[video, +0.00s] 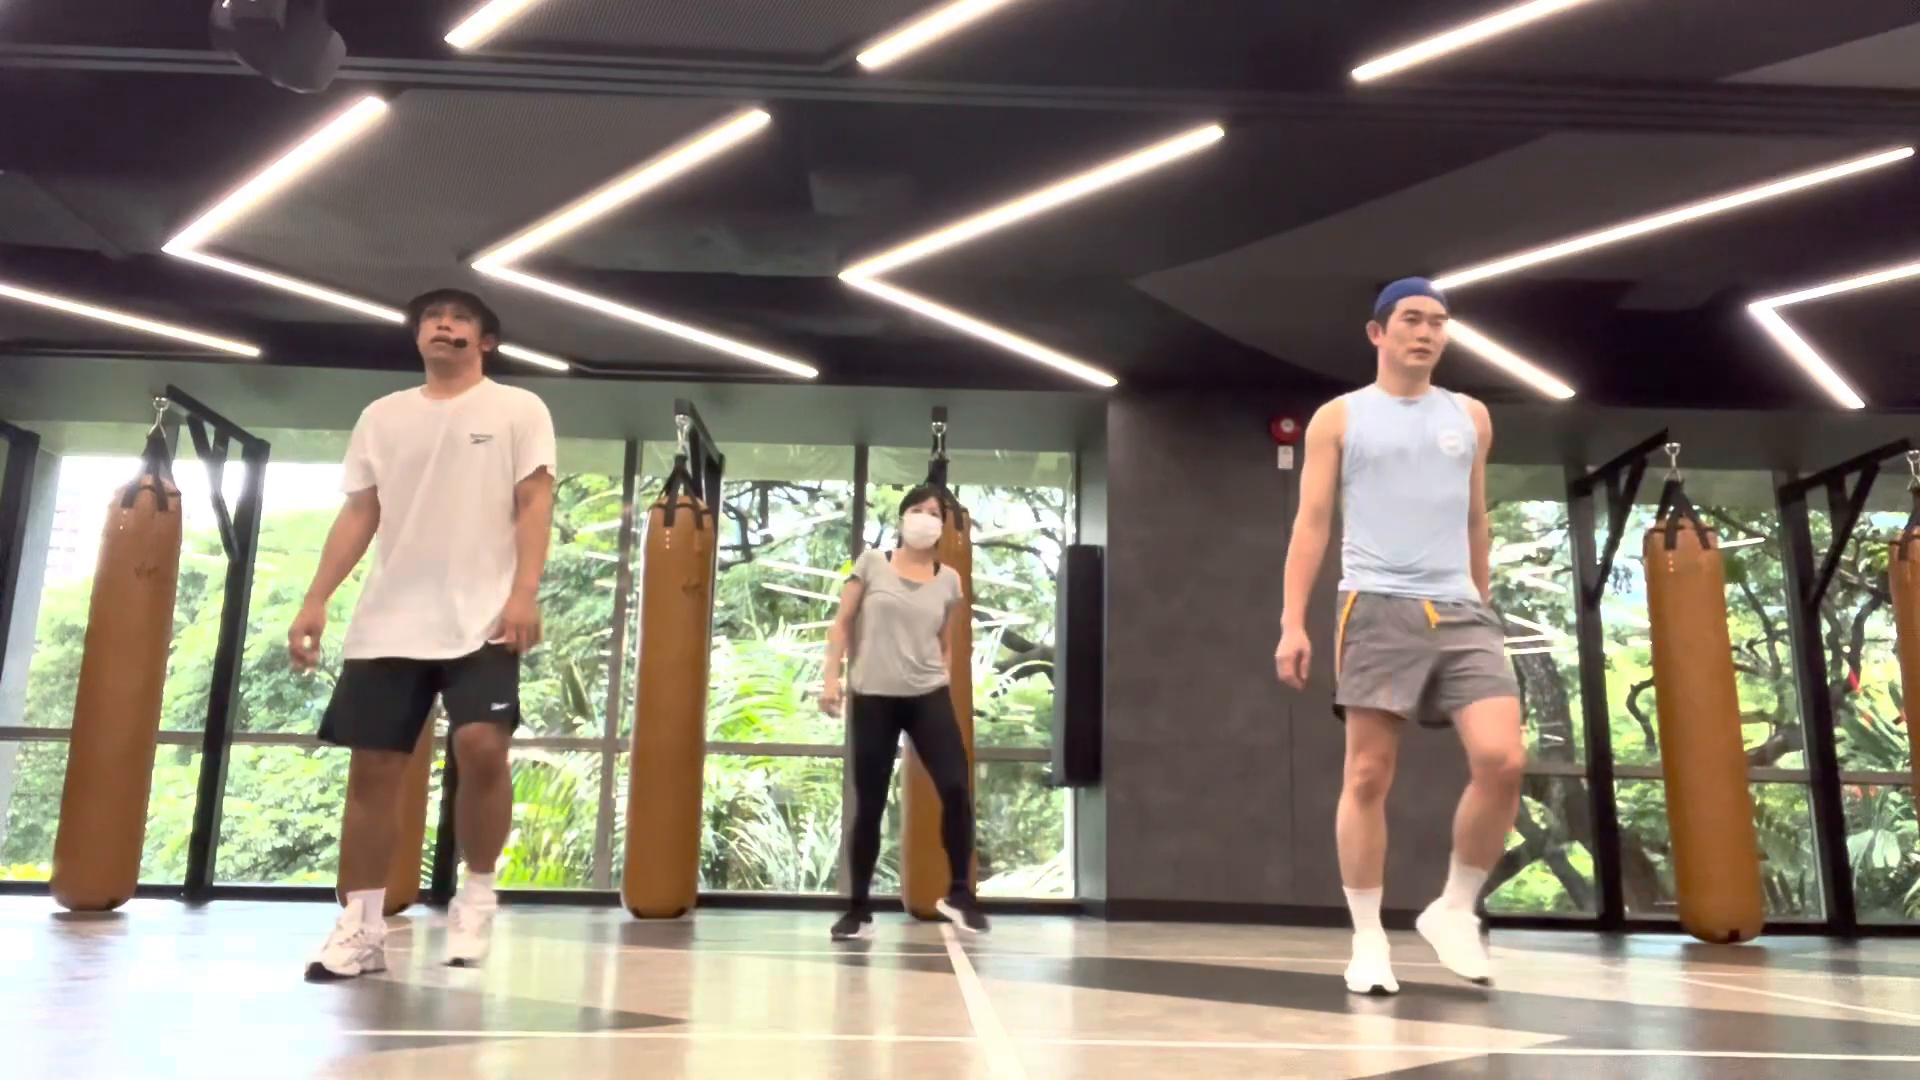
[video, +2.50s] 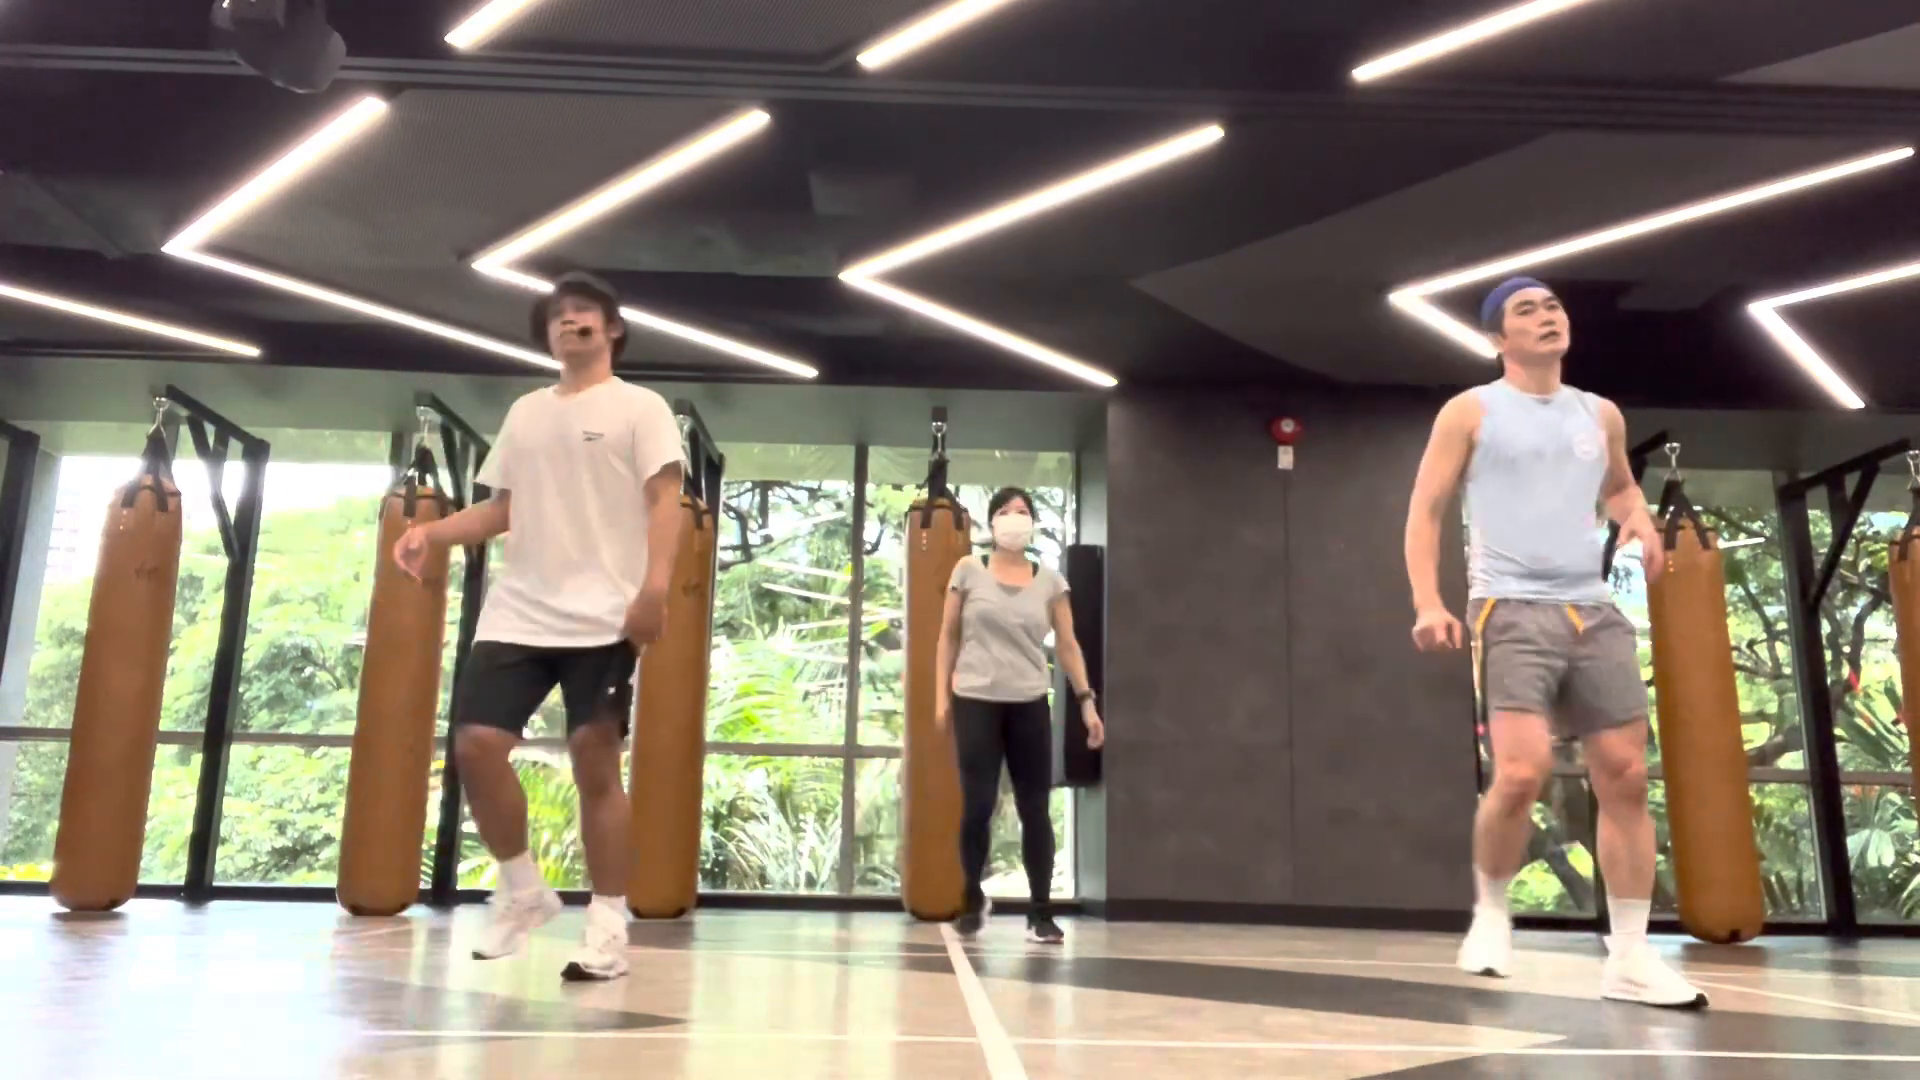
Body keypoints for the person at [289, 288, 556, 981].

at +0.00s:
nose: (447, 327)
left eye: (463, 319)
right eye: (435, 318)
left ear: (487, 342)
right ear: (416, 337)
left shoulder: (520, 410)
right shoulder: (381, 416)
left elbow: (534, 502)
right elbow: (357, 515)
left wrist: (525, 592)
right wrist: (316, 600)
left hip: (483, 618)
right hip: (392, 618)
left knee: (484, 750)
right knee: (372, 768)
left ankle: (475, 900)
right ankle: (359, 927)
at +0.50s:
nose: (561, 327)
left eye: (575, 318)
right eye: (548, 317)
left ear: (596, 341)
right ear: (528, 338)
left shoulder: (628, 414)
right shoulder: (498, 420)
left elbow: (653, 512)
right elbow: (488, 513)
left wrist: (645, 602)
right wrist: (430, 510)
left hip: (585, 620)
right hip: (495, 616)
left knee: (586, 769)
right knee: (428, 747)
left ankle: (601, 929)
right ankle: (403, 907)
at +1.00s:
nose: (579, 322)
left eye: (593, 314)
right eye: (568, 313)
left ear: (615, 337)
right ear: (548, 335)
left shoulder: (635, 412)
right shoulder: (515, 412)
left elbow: (645, 508)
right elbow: (453, 484)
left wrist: (623, 600)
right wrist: (460, 397)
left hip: (580, 615)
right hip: (496, 606)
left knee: (586, 773)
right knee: (433, 724)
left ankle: (601, 930)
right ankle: (466, 871)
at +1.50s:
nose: (425, 333)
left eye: (438, 322)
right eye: (429, 321)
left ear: (475, 331)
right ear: (449, 332)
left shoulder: (530, 412)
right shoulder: (403, 411)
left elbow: (541, 508)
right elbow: (348, 484)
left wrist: (528, 595)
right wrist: (333, 399)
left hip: (482, 618)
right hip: (392, 619)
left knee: (485, 748)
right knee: (371, 768)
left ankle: (544, 905)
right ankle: (357, 930)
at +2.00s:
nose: (445, 322)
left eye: (459, 309)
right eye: (445, 311)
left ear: (499, 321)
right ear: (454, 325)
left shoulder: (547, 409)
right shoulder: (416, 407)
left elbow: (564, 506)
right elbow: (397, 515)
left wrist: (559, 592)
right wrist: (383, 603)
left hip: (501, 614)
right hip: (408, 615)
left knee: (519, 746)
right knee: (375, 765)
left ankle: (560, 892)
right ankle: (359, 929)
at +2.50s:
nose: (573, 320)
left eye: (587, 312)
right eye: (562, 312)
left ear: (613, 331)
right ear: (547, 334)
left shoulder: (642, 408)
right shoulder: (526, 411)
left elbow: (667, 500)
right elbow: (505, 509)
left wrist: (656, 587)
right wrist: (434, 531)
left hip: (602, 614)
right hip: (517, 611)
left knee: (595, 759)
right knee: (476, 745)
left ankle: (608, 928)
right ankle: (525, 894)